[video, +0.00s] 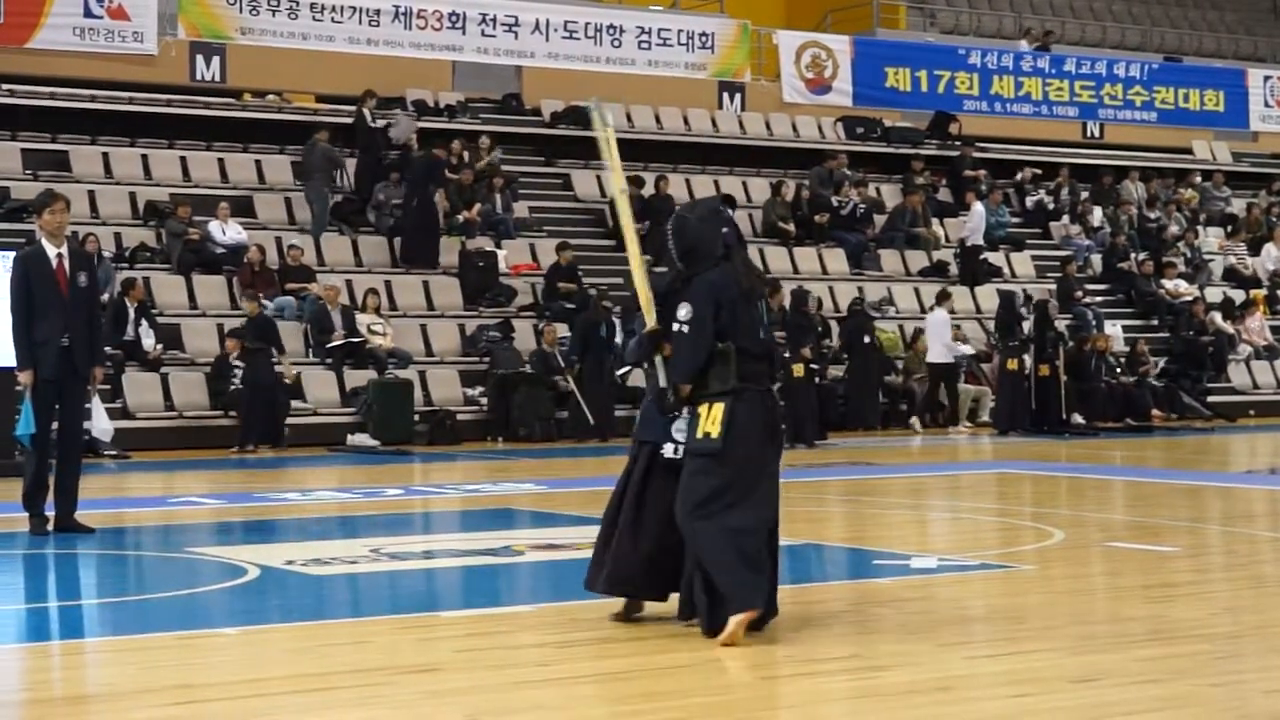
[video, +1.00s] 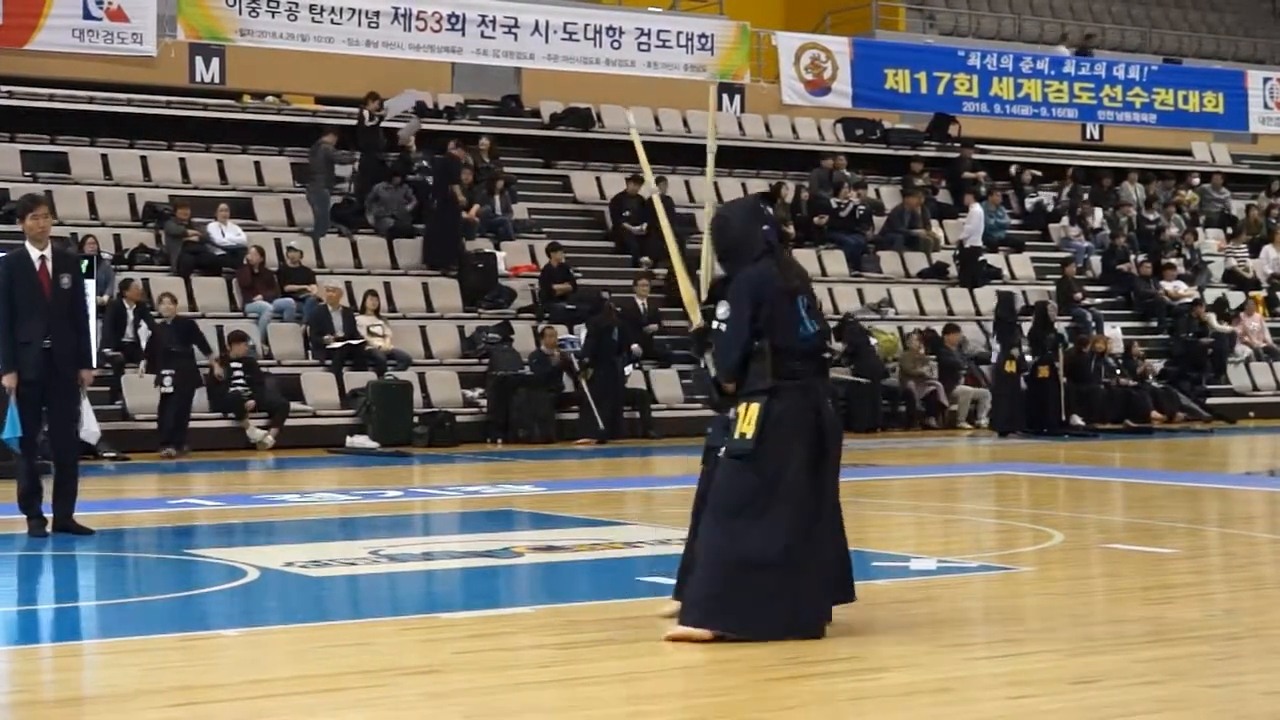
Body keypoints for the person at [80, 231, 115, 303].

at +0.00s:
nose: (93, 245)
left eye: (95, 242)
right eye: (89, 242)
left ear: (98, 244)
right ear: (84, 245)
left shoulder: (105, 262)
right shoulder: (79, 261)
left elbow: (111, 280)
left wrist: (106, 295)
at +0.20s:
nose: (92, 246)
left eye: (94, 243)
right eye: (89, 243)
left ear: (98, 245)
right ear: (83, 246)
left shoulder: (104, 263)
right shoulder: (78, 263)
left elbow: (111, 281)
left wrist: (106, 295)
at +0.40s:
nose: (92, 246)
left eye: (94, 243)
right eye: (88, 243)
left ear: (97, 245)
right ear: (82, 246)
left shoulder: (103, 263)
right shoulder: (77, 263)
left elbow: (111, 280)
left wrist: (106, 296)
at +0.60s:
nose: (91, 246)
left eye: (93, 243)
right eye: (88, 243)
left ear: (97, 246)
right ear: (82, 246)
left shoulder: (103, 263)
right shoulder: (78, 263)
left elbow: (110, 279)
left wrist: (106, 295)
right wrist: (92, 298)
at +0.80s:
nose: (91, 246)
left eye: (94, 243)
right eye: (88, 244)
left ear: (97, 246)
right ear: (82, 246)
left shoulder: (103, 264)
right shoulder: (77, 263)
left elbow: (111, 279)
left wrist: (106, 295)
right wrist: (93, 298)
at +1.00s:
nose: (92, 246)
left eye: (94, 243)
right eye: (88, 244)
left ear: (97, 246)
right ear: (83, 246)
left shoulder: (104, 264)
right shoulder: (77, 263)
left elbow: (110, 280)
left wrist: (106, 295)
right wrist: (92, 298)